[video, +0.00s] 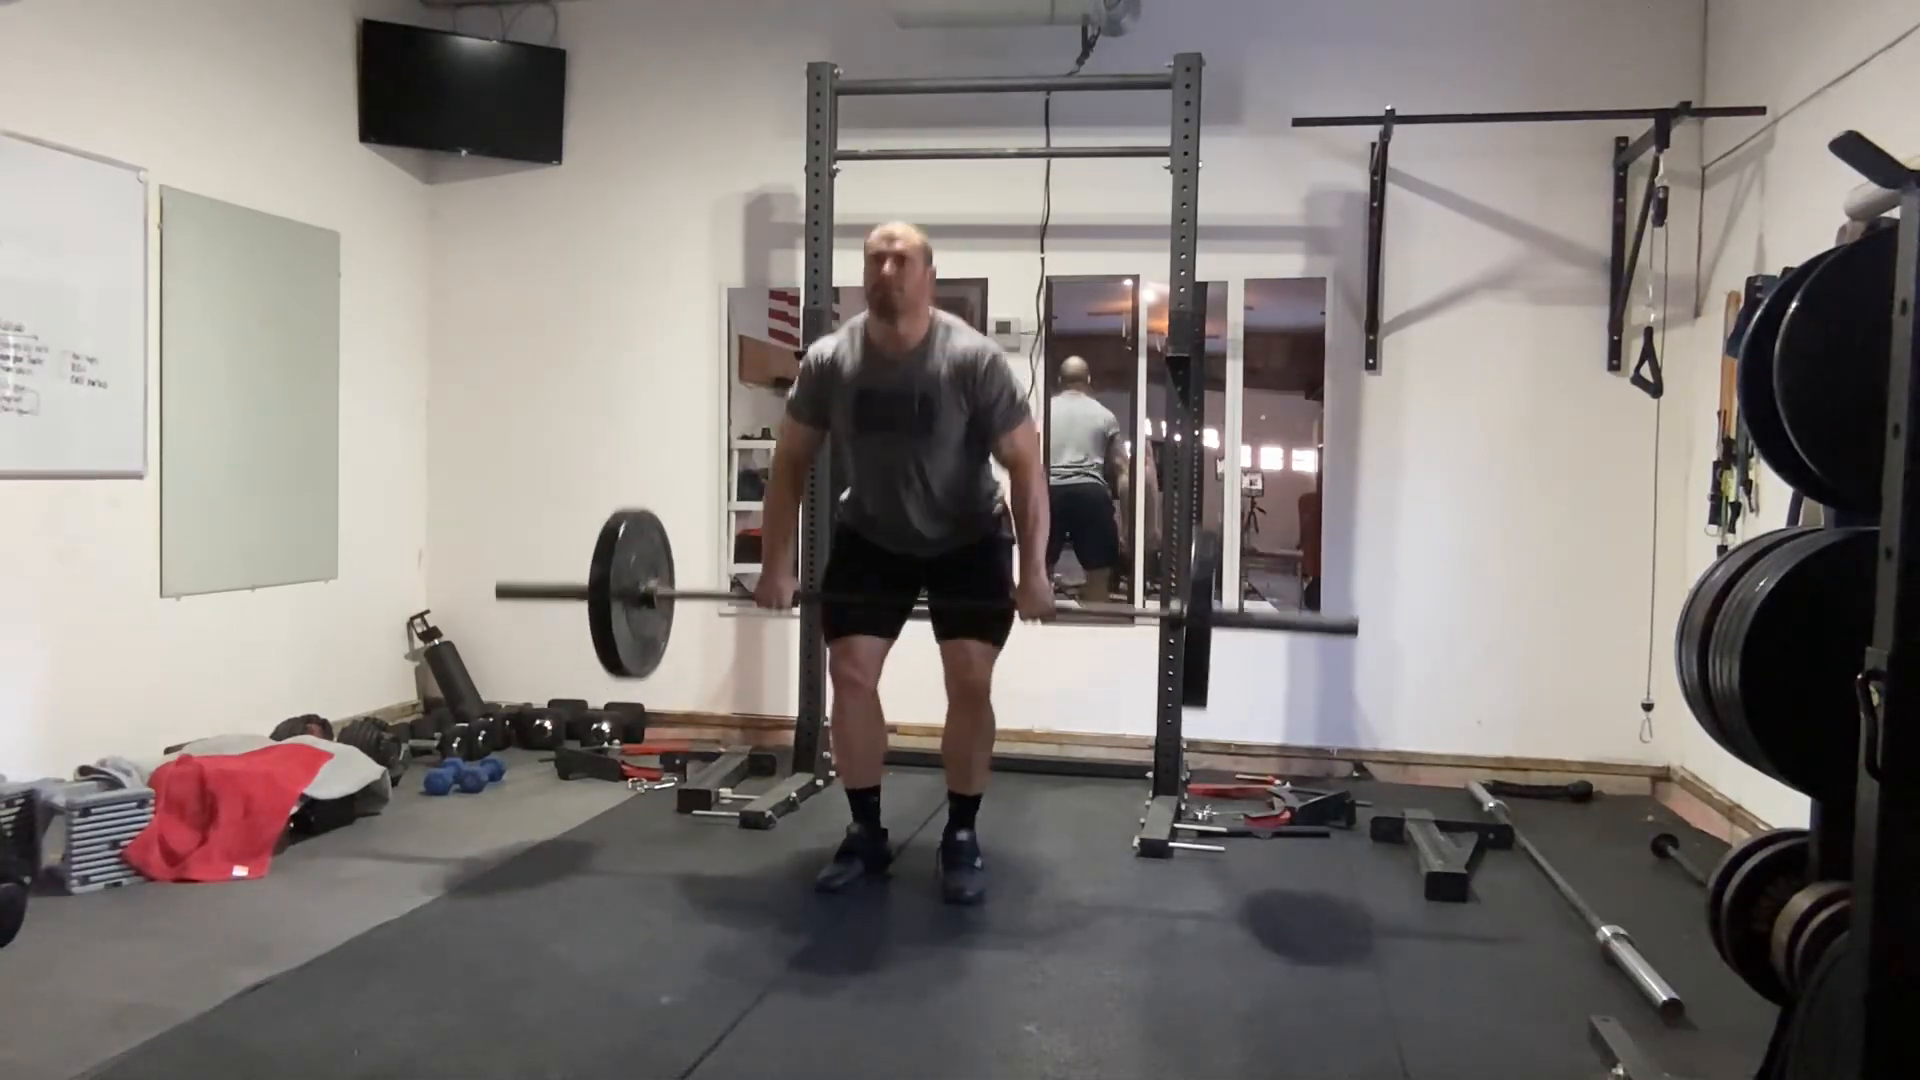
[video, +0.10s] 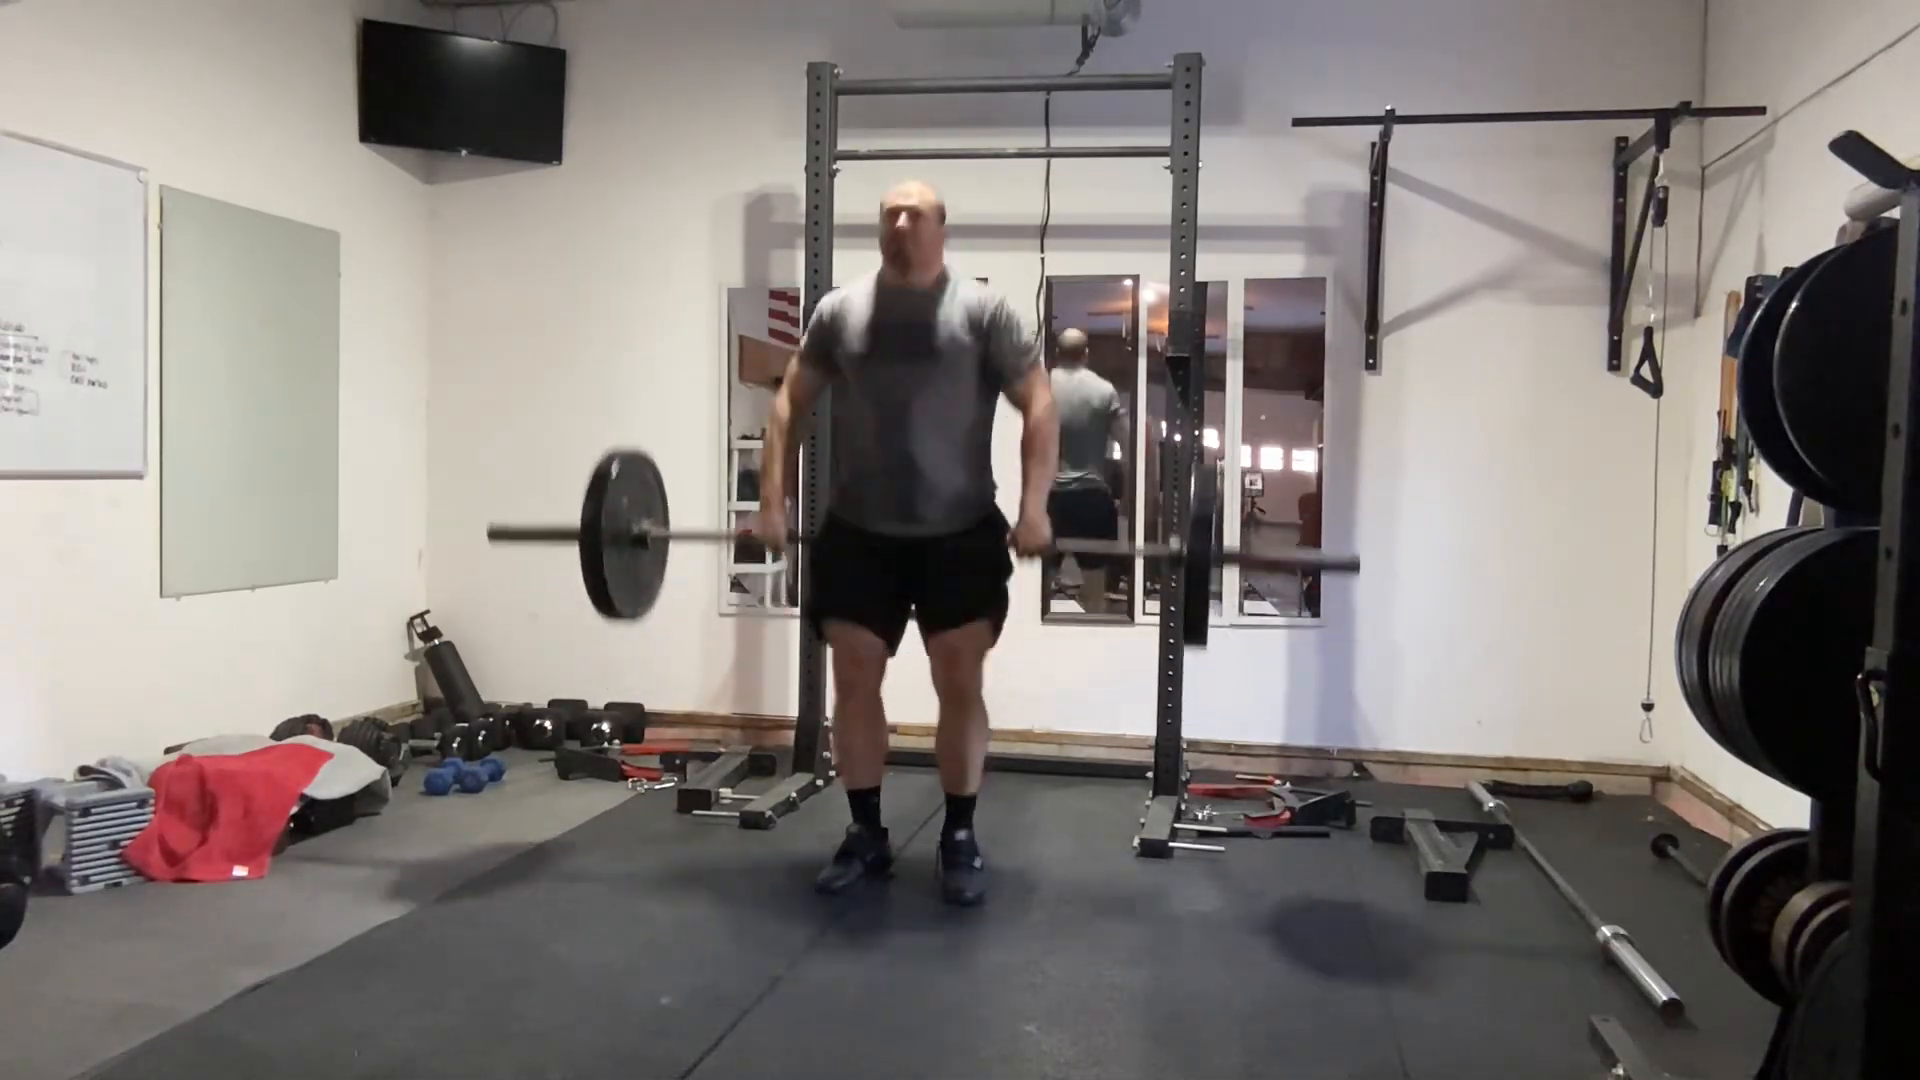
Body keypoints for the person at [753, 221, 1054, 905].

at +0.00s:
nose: (887, 270)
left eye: (901, 259)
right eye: (877, 259)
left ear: (929, 274)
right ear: (862, 275)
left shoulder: (976, 360)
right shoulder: (828, 362)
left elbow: (1027, 467)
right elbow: (790, 463)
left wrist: (1034, 569)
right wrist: (774, 562)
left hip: (966, 538)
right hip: (872, 537)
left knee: (971, 679)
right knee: (849, 671)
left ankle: (962, 837)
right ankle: (865, 838)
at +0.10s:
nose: (899, 223)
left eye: (914, 213)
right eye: (890, 213)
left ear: (943, 231)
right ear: (877, 231)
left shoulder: (984, 312)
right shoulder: (840, 312)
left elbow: (1039, 405)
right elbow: (790, 400)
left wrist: (1034, 507)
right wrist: (772, 502)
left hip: (958, 534)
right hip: (858, 532)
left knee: (960, 683)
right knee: (853, 680)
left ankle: (959, 839)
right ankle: (865, 837)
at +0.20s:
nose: (915, 211)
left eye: (930, 204)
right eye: (904, 203)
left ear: (954, 224)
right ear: (889, 221)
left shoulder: (989, 288)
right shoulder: (851, 289)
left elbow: (1051, 361)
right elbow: (791, 362)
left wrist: (1037, 425)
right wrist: (770, 418)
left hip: (954, 486)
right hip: (862, 483)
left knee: (950, 647)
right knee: (857, 648)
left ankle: (962, 827)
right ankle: (853, 822)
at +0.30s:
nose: (911, 218)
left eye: (927, 209)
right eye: (900, 208)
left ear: (952, 227)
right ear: (885, 225)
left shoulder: (988, 290)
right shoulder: (850, 296)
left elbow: (1049, 348)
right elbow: (808, 363)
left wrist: (1043, 354)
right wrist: (780, 362)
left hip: (951, 481)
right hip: (859, 481)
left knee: (949, 646)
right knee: (856, 654)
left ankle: (964, 830)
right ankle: (855, 824)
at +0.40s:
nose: (900, 213)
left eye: (916, 205)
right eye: (891, 206)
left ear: (945, 229)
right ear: (878, 229)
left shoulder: (978, 302)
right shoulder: (844, 305)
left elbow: (1047, 398)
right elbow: (811, 407)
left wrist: (1040, 342)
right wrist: (783, 350)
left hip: (948, 499)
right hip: (859, 497)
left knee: (949, 670)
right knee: (860, 671)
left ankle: (961, 838)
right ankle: (864, 836)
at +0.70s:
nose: (901, 223)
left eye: (916, 216)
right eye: (893, 216)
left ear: (948, 238)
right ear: (881, 238)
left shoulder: (969, 305)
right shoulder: (846, 305)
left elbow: (999, 332)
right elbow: (780, 320)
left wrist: (1024, 282)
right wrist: (785, 269)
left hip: (945, 520)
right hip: (853, 519)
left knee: (948, 682)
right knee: (862, 682)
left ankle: (959, 840)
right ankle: (867, 838)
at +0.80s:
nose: (907, 219)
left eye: (923, 212)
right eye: (899, 212)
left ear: (952, 237)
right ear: (886, 234)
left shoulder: (968, 306)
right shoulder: (848, 301)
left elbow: (1006, 310)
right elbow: (781, 307)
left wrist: (1029, 269)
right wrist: (785, 260)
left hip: (945, 519)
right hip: (854, 518)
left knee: (947, 679)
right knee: (863, 679)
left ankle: (959, 838)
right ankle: (867, 837)